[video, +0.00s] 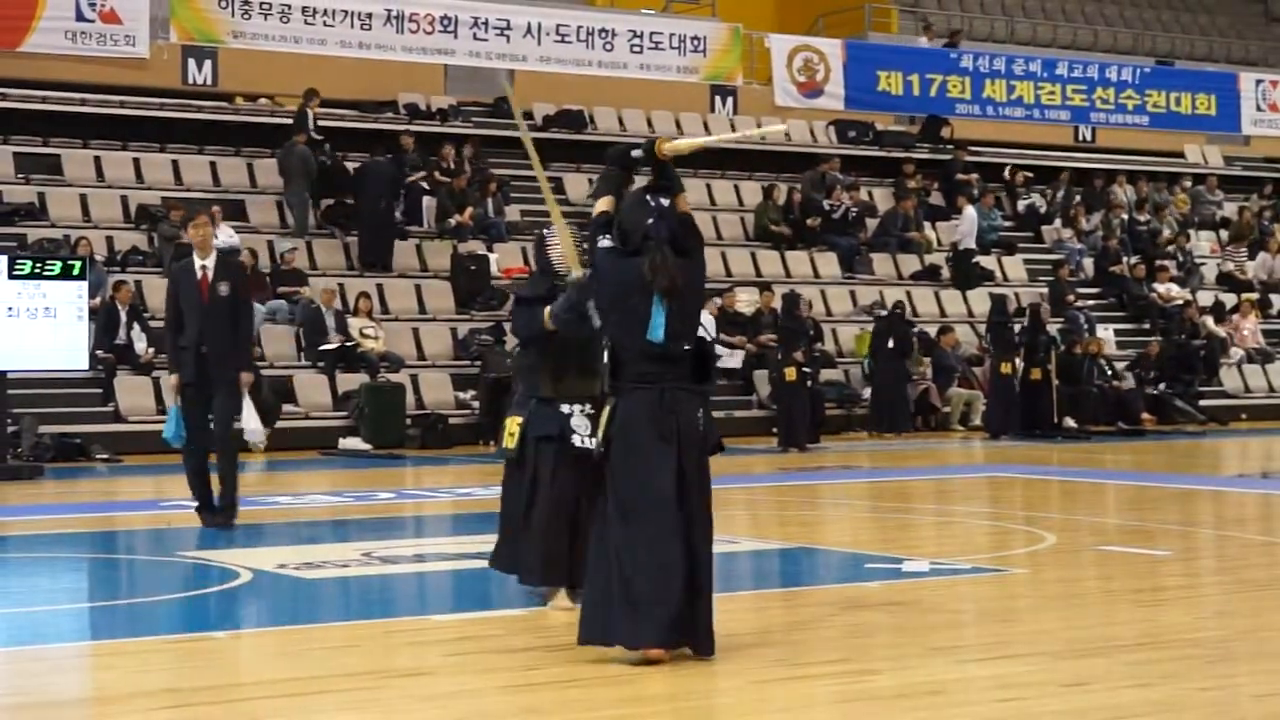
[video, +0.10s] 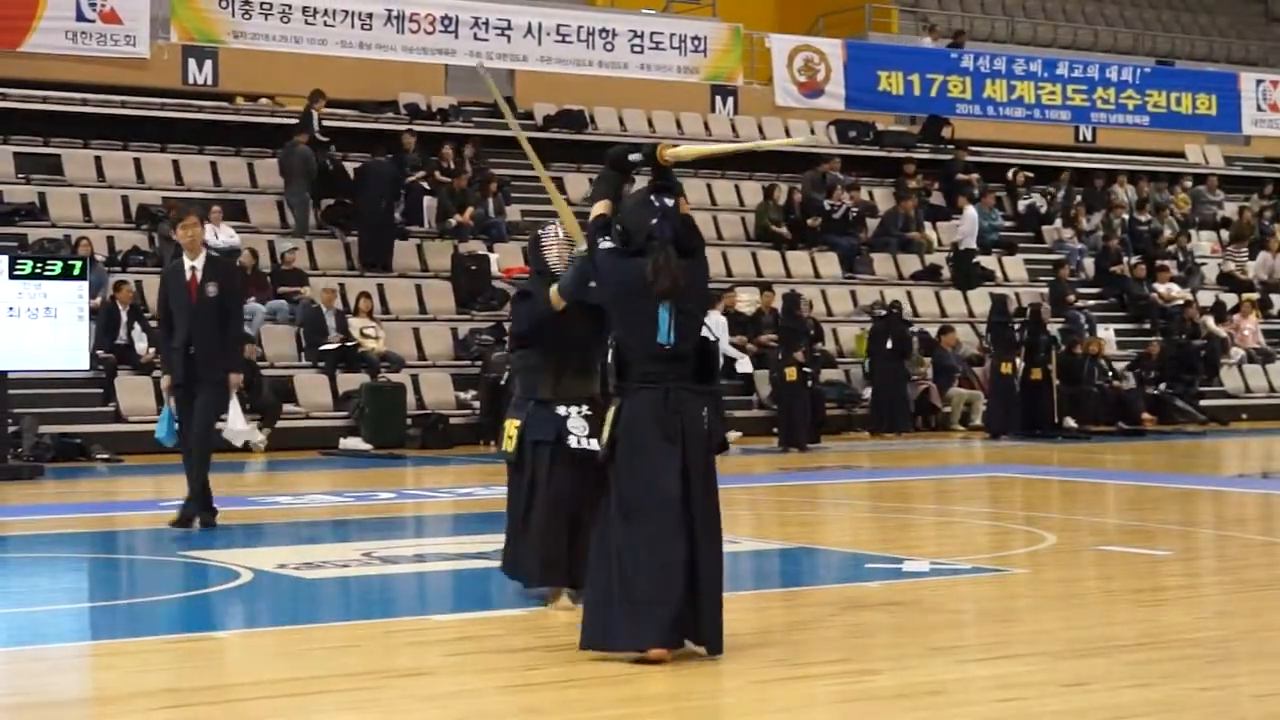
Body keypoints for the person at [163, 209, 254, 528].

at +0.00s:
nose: (201, 233)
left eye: (205, 227)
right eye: (195, 228)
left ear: (214, 231)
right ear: (186, 234)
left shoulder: (233, 267)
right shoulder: (178, 272)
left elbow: (244, 320)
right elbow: (172, 324)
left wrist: (246, 365)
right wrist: (174, 368)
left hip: (226, 364)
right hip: (191, 366)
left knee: (224, 435)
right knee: (194, 439)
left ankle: (227, 506)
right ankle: (204, 507)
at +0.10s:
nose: (188, 233)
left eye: (192, 227)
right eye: (183, 228)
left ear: (204, 230)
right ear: (176, 234)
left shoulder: (224, 267)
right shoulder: (170, 271)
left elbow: (234, 319)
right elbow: (165, 324)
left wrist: (235, 366)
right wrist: (167, 370)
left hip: (215, 363)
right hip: (182, 364)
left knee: (201, 431)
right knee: (187, 435)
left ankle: (192, 502)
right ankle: (204, 506)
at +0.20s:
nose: (178, 237)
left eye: (182, 231)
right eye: (171, 232)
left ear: (192, 234)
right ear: (164, 238)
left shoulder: (212, 270)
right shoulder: (160, 277)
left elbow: (223, 322)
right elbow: (155, 328)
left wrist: (224, 371)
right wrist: (158, 375)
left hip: (203, 368)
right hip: (170, 369)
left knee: (180, 433)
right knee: (182, 438)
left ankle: (156, 507)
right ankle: (205, 509)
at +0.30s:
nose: (165, 240)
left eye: (169, 233)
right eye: (159, 235)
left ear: (180, 237)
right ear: (152, 241)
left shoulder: (200, 274)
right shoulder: (147, 281)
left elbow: (211, 327)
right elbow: (144, 332)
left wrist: (211, 374)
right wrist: (147, 377)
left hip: (192, 371)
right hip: (160, 372)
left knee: (163, 435)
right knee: (174, 442)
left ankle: (132, 509)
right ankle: (205, 509)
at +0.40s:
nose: (151, 239)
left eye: (156, 233)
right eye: (145, 235)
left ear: (167, 236)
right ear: (138, 241)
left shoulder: (184, 273)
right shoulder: (136, 279)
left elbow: (195, 327)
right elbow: (133, 332)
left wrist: (195, 376)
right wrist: (134, 379)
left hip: (175, 373)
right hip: (145, 374)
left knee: (144, 442)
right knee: (169, 447)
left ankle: (117, 516)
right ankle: (203, 506)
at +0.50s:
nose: (136, 235)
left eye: (141, 229)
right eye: (130, 230)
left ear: (153, 233)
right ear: (122, 236)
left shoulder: (168, 268)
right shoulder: (119, 274)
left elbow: (178, 323)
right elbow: (113, 328)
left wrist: (179, 373)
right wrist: (114, 375)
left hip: (157, 370)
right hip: (129, 370)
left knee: (131, 440)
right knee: (153, 444)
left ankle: (114, 517)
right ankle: (195, 504)